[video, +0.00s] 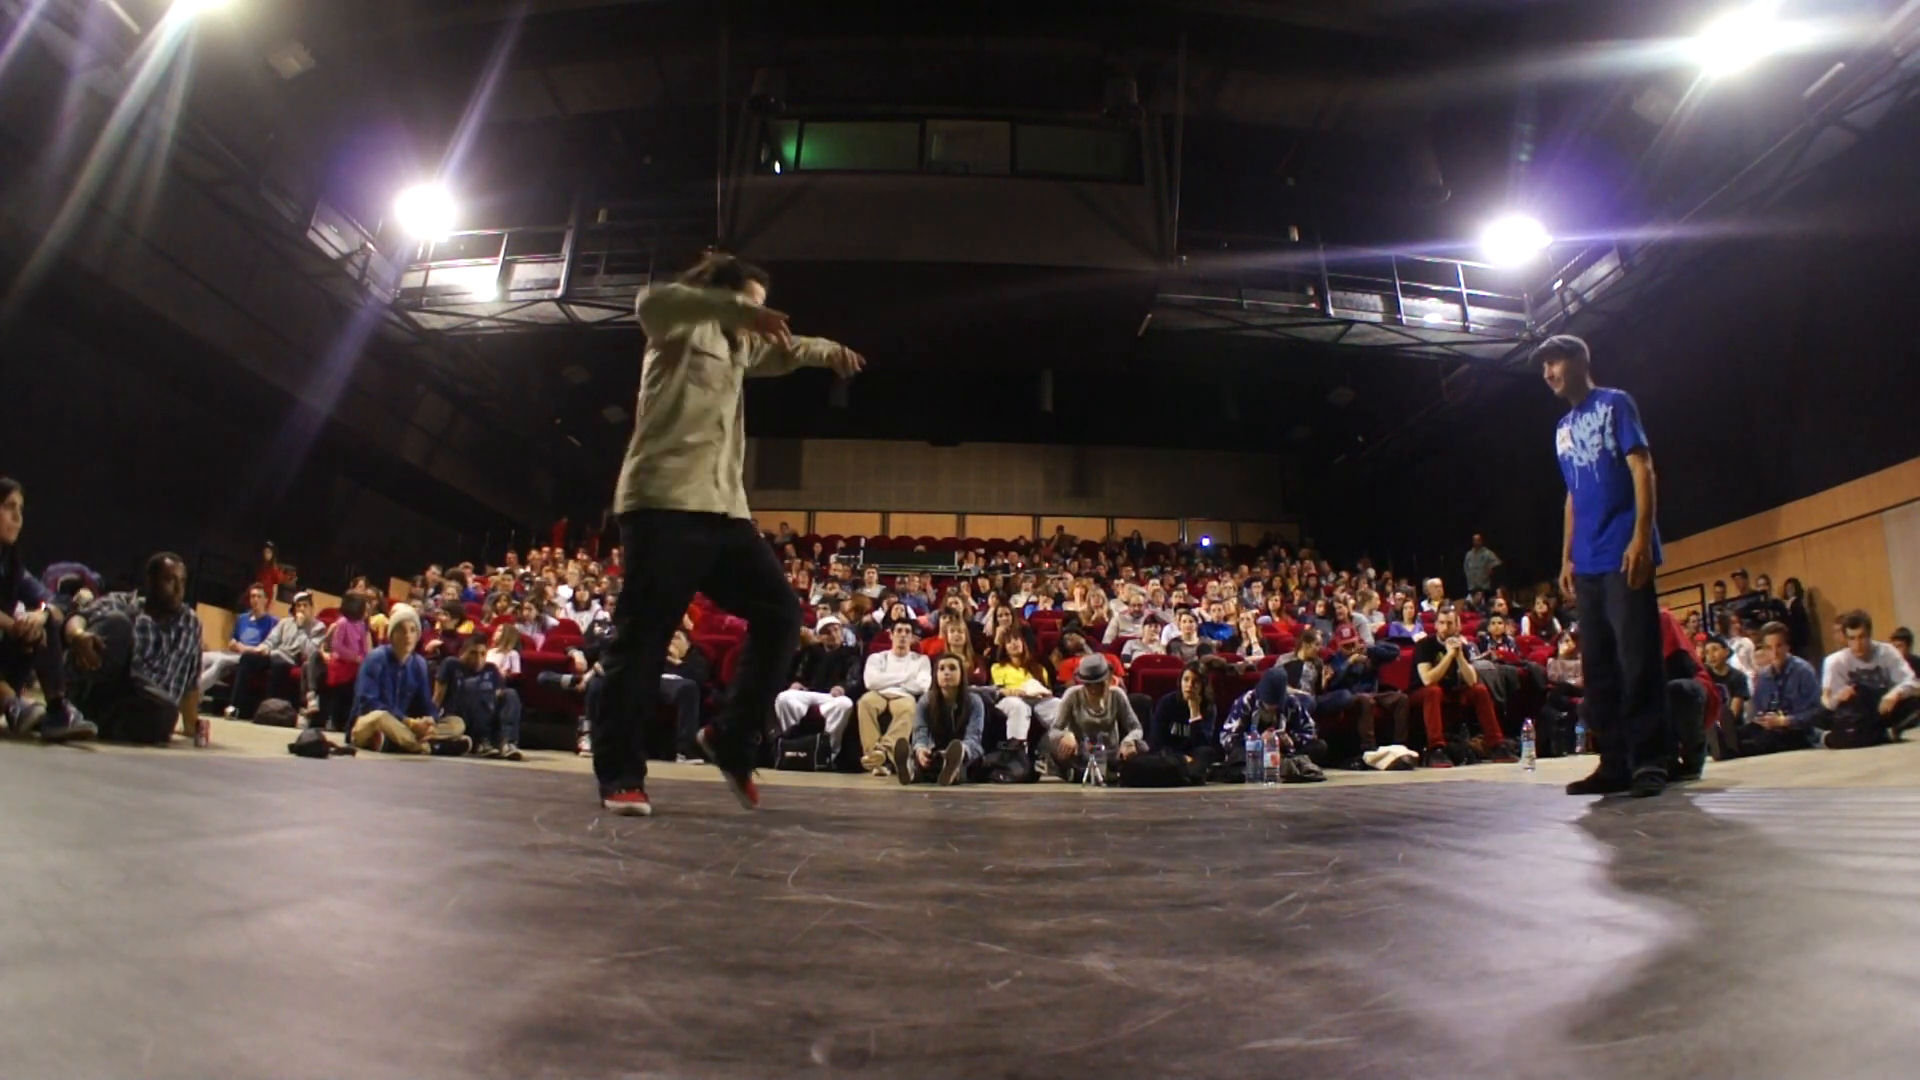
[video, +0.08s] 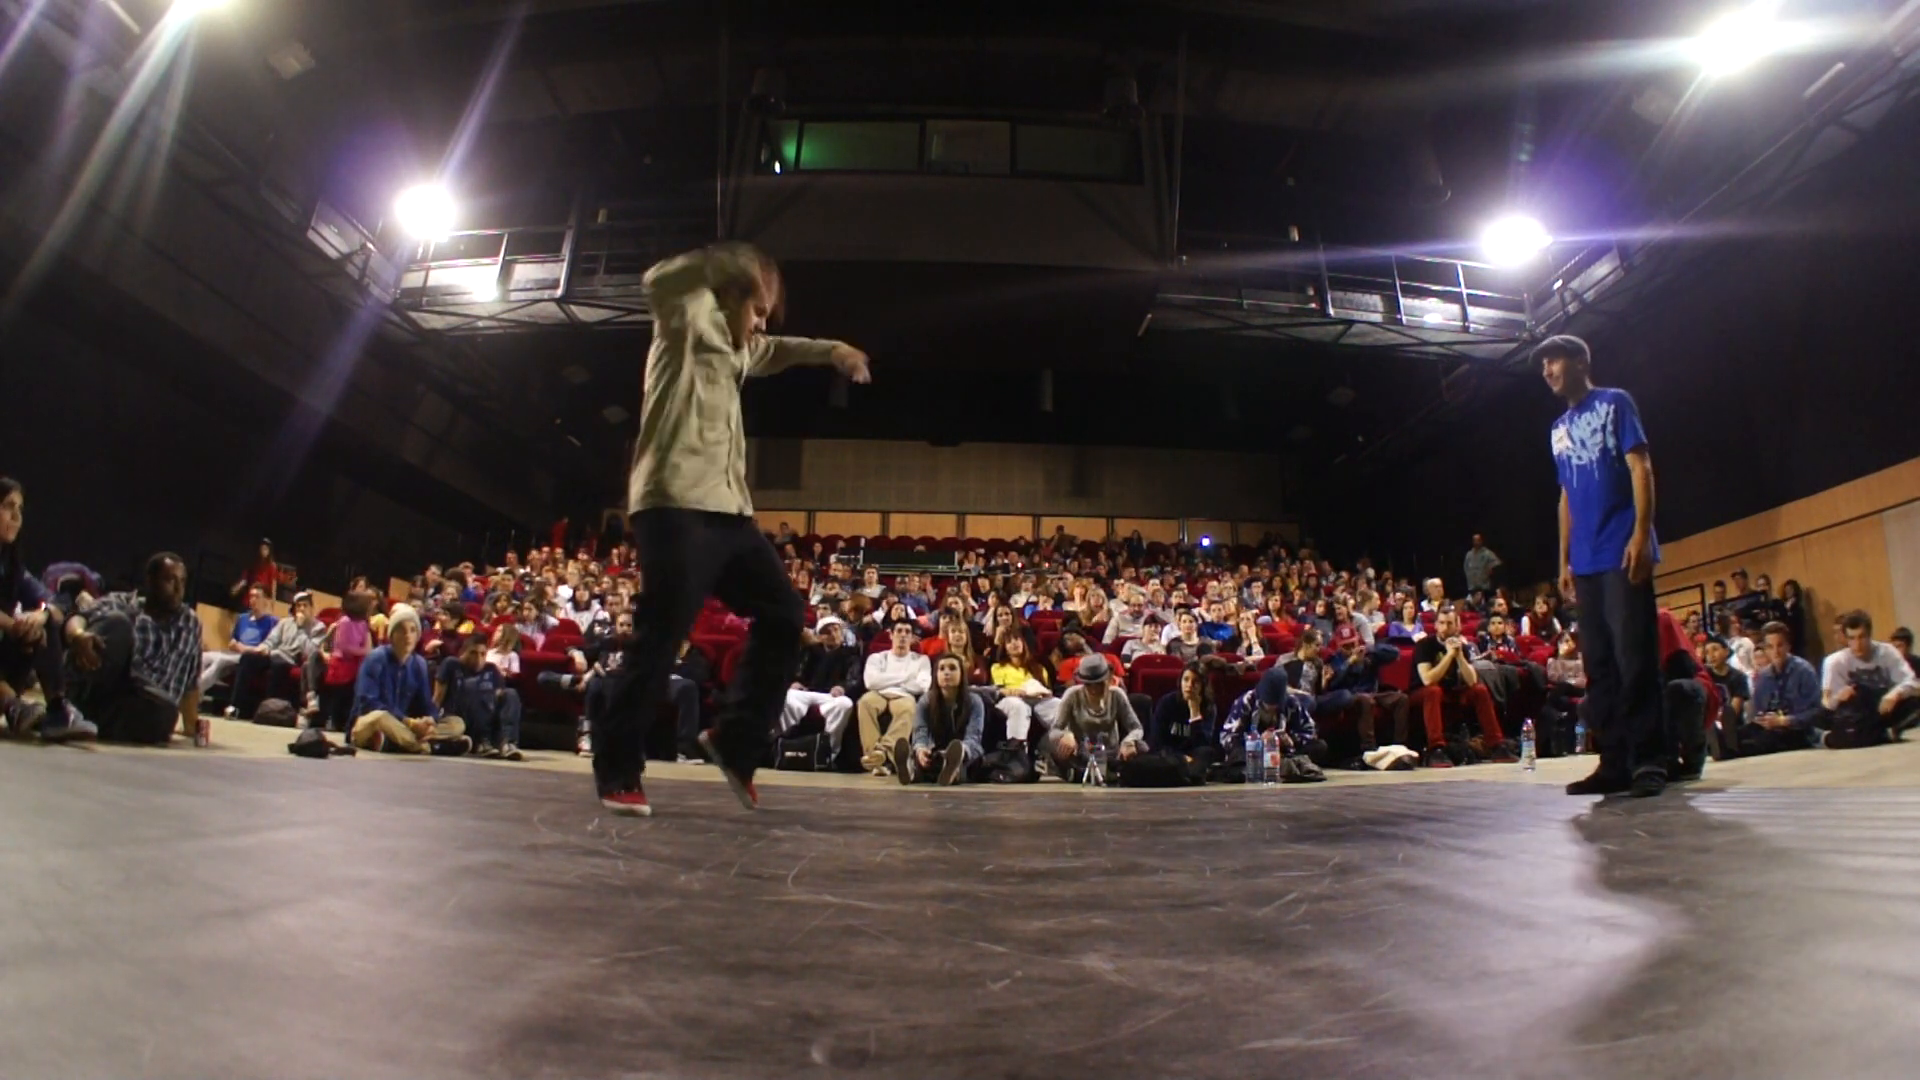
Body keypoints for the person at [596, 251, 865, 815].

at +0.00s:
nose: (759, 316)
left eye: (762, 309)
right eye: (753, 305)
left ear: (756, 310)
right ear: (723, 292)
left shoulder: (741, 346)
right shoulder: (675, 321)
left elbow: (787, 350)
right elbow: (653, 300)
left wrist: (833, 351)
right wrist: (739, 310)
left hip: (723, 510)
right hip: (663, 504)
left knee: (780, 616)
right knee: (640, 642)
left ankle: (734, 739)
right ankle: (619, 773)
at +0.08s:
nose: (761, 322)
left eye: (765, 314)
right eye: (757, 309)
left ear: (755, 312)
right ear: (729, 296)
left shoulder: (739, 347)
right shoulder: (687, 321)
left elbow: (777, 349)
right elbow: (660, 283)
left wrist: (834, 350)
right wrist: (723, 261)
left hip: (730, 513)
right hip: (674, 507)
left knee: (784, 615)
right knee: (659, 640)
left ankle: (740, 740)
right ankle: (617, 764)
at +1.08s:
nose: (796, 312)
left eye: (799, 304)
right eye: (788, 299)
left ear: (790, 312)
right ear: (753, 295)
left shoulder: (774, 366)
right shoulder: (708, 318)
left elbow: (810, 409)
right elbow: (651, 313)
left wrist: (862, 438)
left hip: (725, 505)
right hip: (671, 486)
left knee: (764, 630)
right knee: (705, 613)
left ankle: (769, 750)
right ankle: (633, 747)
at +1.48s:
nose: (792, 310)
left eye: (793, 303)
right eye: (784, 299)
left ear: (768, 307)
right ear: (749, 296)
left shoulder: (760, 370)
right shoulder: (707, 328)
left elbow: (789, 403)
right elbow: (643, 308)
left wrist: (842, 423)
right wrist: (704, 321)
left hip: (730, 519)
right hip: (687, 505)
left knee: (733, 653)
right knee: (658, 643)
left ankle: (691, 775)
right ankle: (595, 774)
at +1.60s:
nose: (791, 304)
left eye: (792, 296)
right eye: (783, 293)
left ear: (768, 302)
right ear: (749, 293)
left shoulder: (766, 365)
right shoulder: (718, 330)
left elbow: (801, 402)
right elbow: (672, 335)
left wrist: (840, 440)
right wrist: (749, 369)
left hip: (733, 528)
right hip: (685, 513)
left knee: (716, 662)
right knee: (643, 645)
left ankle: (692, 775)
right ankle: (589, 773)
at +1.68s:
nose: (790, 300)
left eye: (789, 293)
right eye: (781, 290)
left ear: (765, 297)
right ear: (747, 291)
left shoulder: (765, 367)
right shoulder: (722, 329)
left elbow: (791, 424)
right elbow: (685, 377)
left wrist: (836, 454)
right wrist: (748, 422)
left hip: (734, 519)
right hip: (694, 506)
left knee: (723, 649)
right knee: (692, 635)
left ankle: (692, 775)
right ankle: (602, 736)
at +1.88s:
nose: (785, 296)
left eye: (784, 287)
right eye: (775, 284)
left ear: (755, 294)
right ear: (741, 287)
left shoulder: (764, 368)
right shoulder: (716, 333)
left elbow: (810, 429)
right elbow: (673, 411)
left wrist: (888, 422)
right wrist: (660, 492)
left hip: (729, 505)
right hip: (707, 499)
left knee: (720, 645)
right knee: (784, 607)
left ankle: (693, 774)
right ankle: (837, 722)